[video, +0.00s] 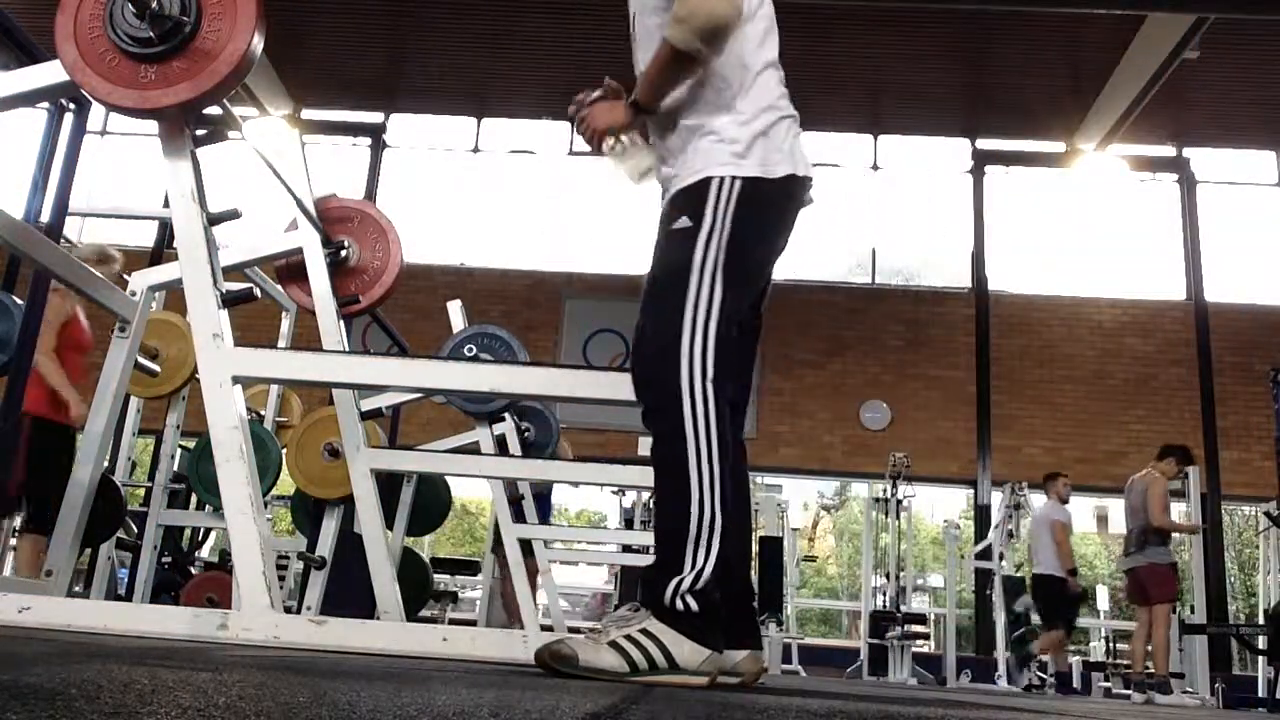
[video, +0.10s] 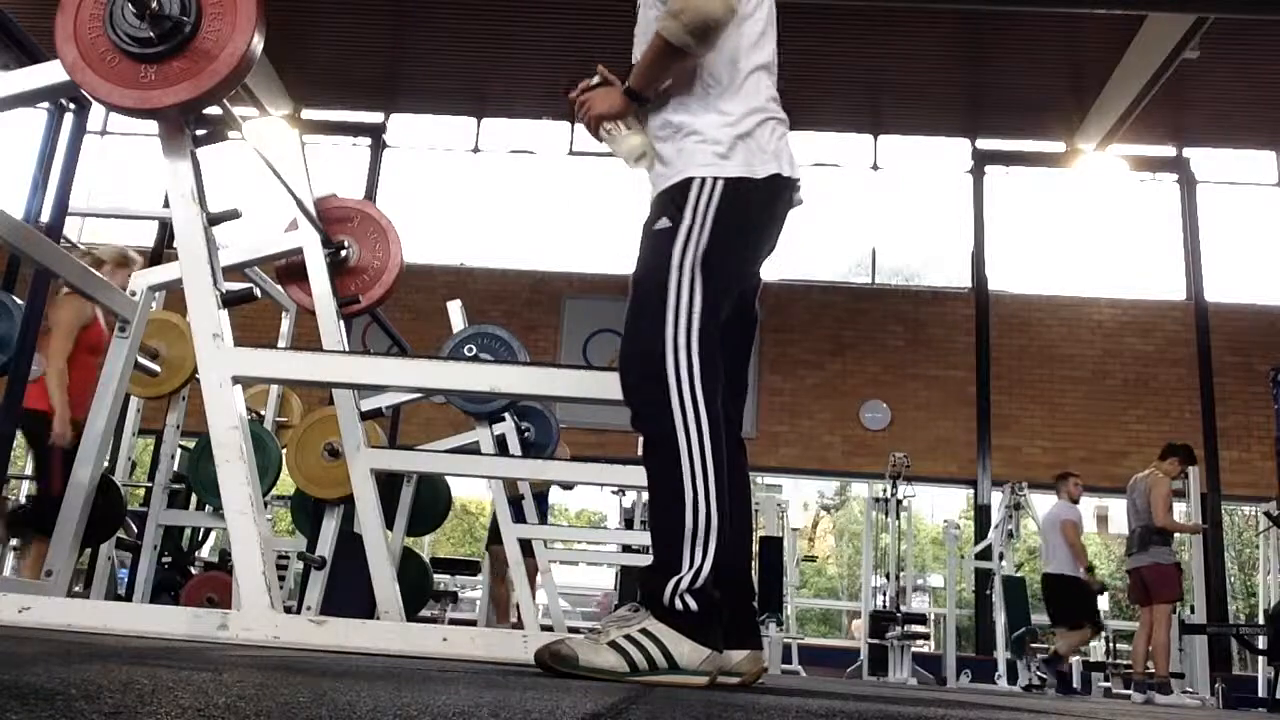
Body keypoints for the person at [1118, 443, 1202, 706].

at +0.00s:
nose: (1178, 476)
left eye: (1180, 472)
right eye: (1179, 471)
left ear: (1163, 460)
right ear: (1170, 462)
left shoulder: (1133, 481)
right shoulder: (1157, 481)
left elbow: (1136, 523)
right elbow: (1158, 520)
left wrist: (1168, 529)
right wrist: (1189, 528)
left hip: (1135, 562)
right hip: (1156, 561)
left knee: (1143, 623)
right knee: (1161, 624)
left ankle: (1137, 686)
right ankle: (1163, 687)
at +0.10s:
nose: (1180, 476)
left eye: (1183, 472)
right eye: (1182, 471)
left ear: (1166, 460)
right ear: (1173, 462)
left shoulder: (1135, 481)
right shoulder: (1159, 481)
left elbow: (1137, 524)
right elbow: (1161, 520)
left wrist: (1172, 528)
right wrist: (1191, 528)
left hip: (1136, 562)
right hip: (1159, 561)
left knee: (1145, 624)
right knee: (1162, 625)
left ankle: (1138, 686)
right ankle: (1163, 688)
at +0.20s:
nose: (1182, 476)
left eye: (1185, 471)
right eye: (1184, 471)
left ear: (1169, 460)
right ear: (1176, 462)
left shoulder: (1137, 481)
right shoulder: (1163, 481)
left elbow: (1138, 525)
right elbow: (1165, 521)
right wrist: (1193, 528)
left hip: (1138, 562)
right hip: (1161, 561)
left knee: (1147, 625)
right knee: (1162, 625)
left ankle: (1138, 686)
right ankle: (1163, 688)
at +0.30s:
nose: (1184, 477)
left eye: (1187, 473)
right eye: (1186, 472)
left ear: (1171, 460)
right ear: (1178, 463)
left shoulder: (1139, 481)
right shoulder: (1165, 481)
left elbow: (1141, 526)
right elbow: (1167, 521)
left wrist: (1183, 528)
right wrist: (1198, 528)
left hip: (1142, 563)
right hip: (1164, 562)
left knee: (1149, 625)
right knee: (1164, 624)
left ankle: (1139, 687)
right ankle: (1163, 688)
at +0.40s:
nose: (1186, 477)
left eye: (1189, 473)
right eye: (1188, 472)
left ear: (1173, 459)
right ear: (1180, 462)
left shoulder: (1141, 481)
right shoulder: (1168, 480)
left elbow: (1142, 527)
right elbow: (1170, 521)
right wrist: (1200, 528)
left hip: (1143, 562)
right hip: (1167, 561)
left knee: (1152, 623)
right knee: (1165, 624)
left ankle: (1139, 684)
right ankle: (1163, 687)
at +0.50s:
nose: (1188, 476)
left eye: (1191, 472)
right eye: (1190, 471)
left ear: (1174, 459)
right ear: (1182, 462)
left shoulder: (1143, 480)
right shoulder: (1170, 480)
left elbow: (1141, 524)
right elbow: (1172, 521)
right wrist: (1200, 527)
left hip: (1146, 563)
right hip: (1168, 562)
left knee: (1152, 624)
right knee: (1166, 624)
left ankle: (1140, 685)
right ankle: (1163, 687)